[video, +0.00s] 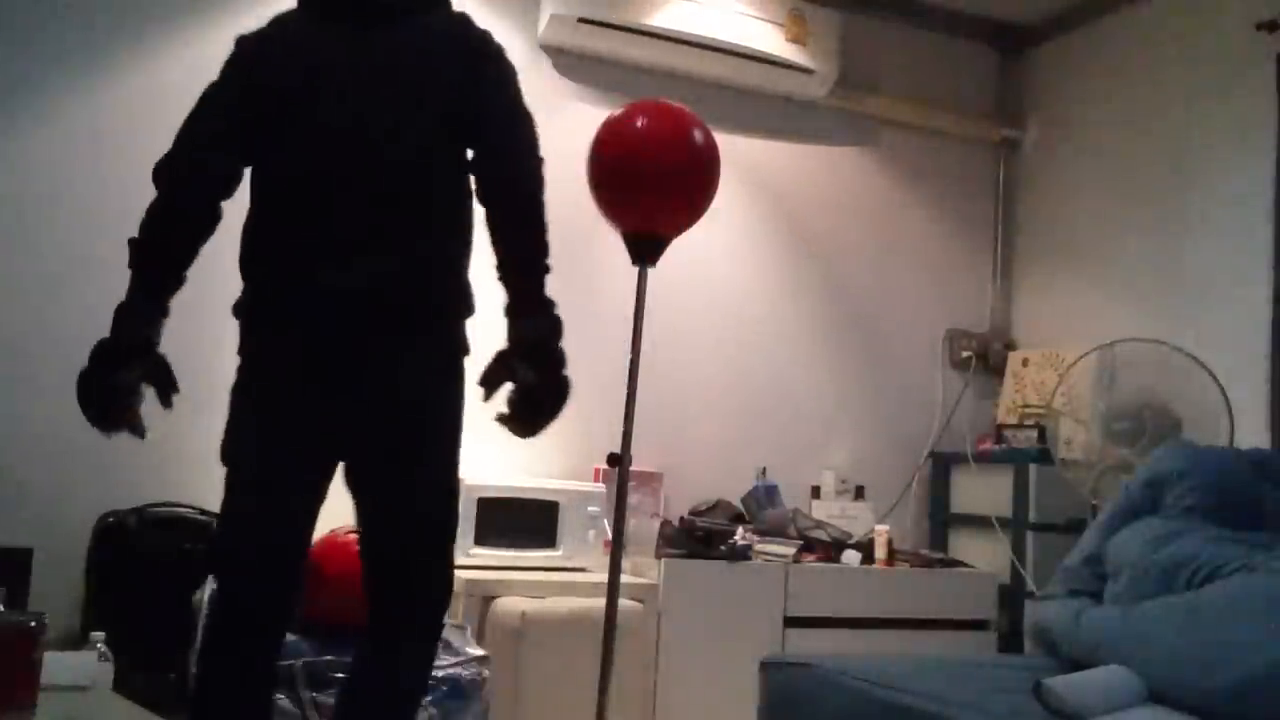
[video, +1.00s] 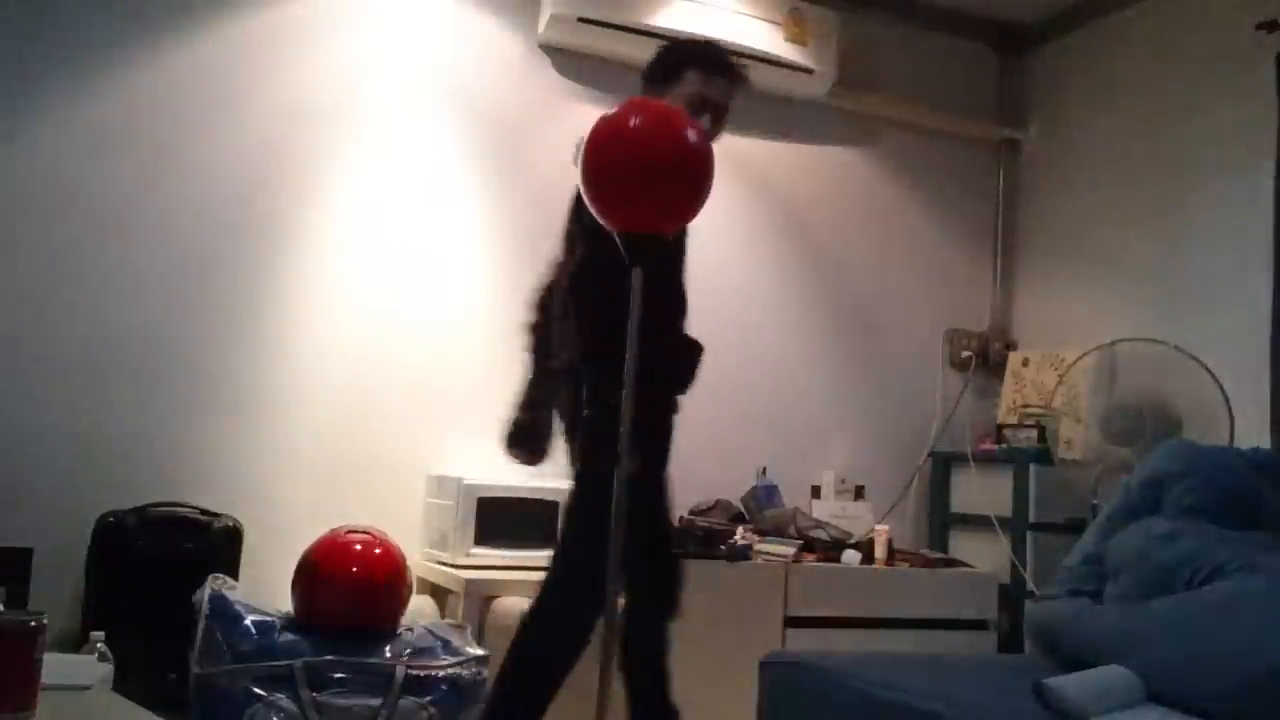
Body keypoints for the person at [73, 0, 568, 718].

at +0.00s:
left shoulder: (272, 50)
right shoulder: (467, 52)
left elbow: (188, 187)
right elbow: (516, 195)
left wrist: (136, 325)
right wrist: (533, 326)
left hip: (283, 366)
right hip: (413, 375)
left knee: (250, 594)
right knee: (411, 605)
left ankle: (227, 709)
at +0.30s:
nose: (515, 66)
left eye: (517, 54)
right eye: (516, 53)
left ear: (441, 28)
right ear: (502, 41)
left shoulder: (355, 97)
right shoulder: (503, 109)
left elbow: (264, 200)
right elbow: (510, 259)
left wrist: (218, 307)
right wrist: (519, 385)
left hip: (332, 390)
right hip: (443, 400)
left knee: (287, 598)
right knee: (458, 613)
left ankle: (247, 717)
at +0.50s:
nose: (589, 103)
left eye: (597, 88)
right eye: (592, 82)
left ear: (526, 55)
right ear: (563, 54)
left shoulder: (433, 123)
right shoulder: (565, 135)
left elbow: (348, 222)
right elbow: (644, 245)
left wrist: (328, 334)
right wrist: (653, 202)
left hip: (430, 392)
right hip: (529, 401)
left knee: (376, 591)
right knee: (509, 616)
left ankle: (312, 707)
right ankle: (484, 715)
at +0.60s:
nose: (625, 102)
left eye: (631, 88)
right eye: (622, 83)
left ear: (561, 64)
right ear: (582, 61)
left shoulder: (468, 134)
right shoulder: (588, 140)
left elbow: (392, 244)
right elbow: (649, 248)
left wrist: (376, 356)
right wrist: (662, 161)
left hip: (468, 402)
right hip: (554, 406)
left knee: (460, 575)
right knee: (522, 609)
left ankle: (365, 705)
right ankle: (490, 716)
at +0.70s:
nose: (650, 101)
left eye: (656, 88)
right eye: (647, 83)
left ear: (585, 68)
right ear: (601, 63)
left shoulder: (501, 142)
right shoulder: (598, 133)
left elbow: (429, 252)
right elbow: (649, 249)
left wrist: (419, 363)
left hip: (503, 386)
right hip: (569, 389)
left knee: (531, 581)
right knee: (542, 587)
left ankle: (464, 708)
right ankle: (482, 711)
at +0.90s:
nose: (694, 115)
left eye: (701, 103)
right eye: (682, 93)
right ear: (633, 80)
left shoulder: (640, 165)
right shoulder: (588, 150)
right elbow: (509, 272)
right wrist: (492, 383)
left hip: (619, 392)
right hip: (574, 390)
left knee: (568, 581)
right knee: (603, 578)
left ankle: (499, 709)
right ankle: (624, 709)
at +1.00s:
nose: (709, 125)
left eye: (720, 113)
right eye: (699, 104)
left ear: (720, 119)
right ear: (656, 94)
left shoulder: (664, 181)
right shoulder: (625, 169)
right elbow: (578, 285)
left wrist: (673, 355)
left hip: (641, 398)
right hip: (611, 397)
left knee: (581, 584)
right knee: (650, 583)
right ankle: (651, 713)